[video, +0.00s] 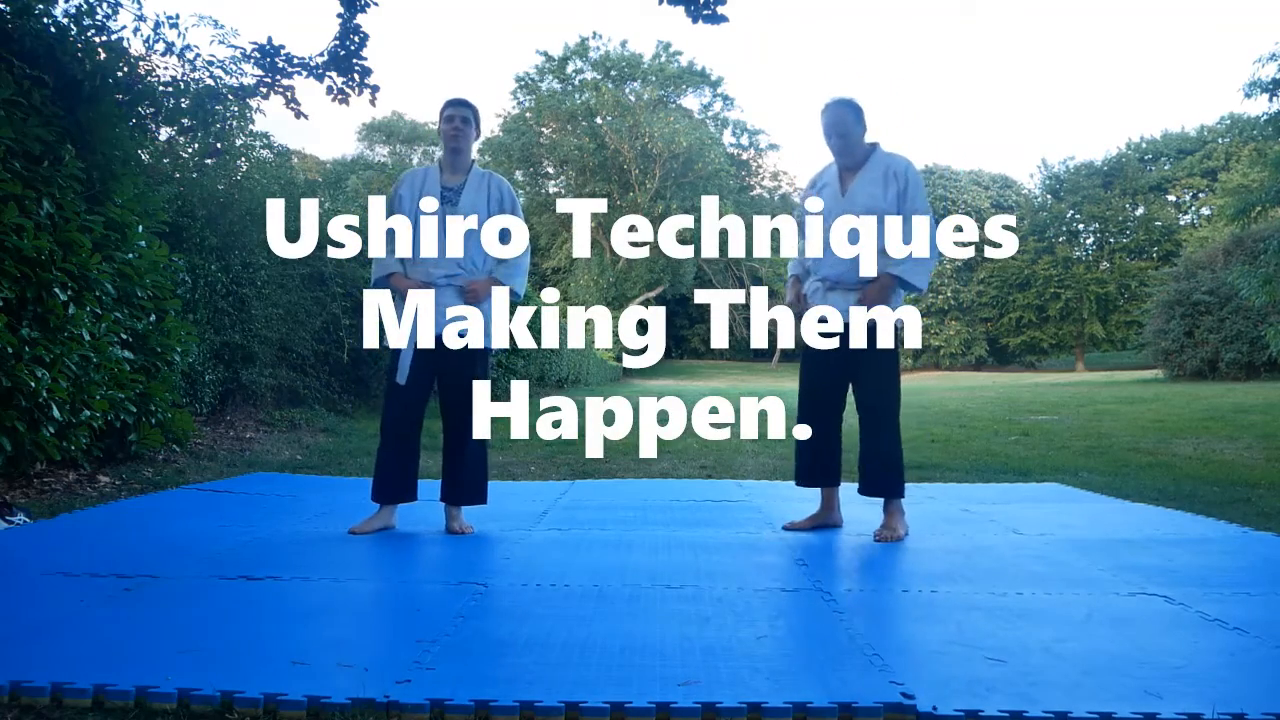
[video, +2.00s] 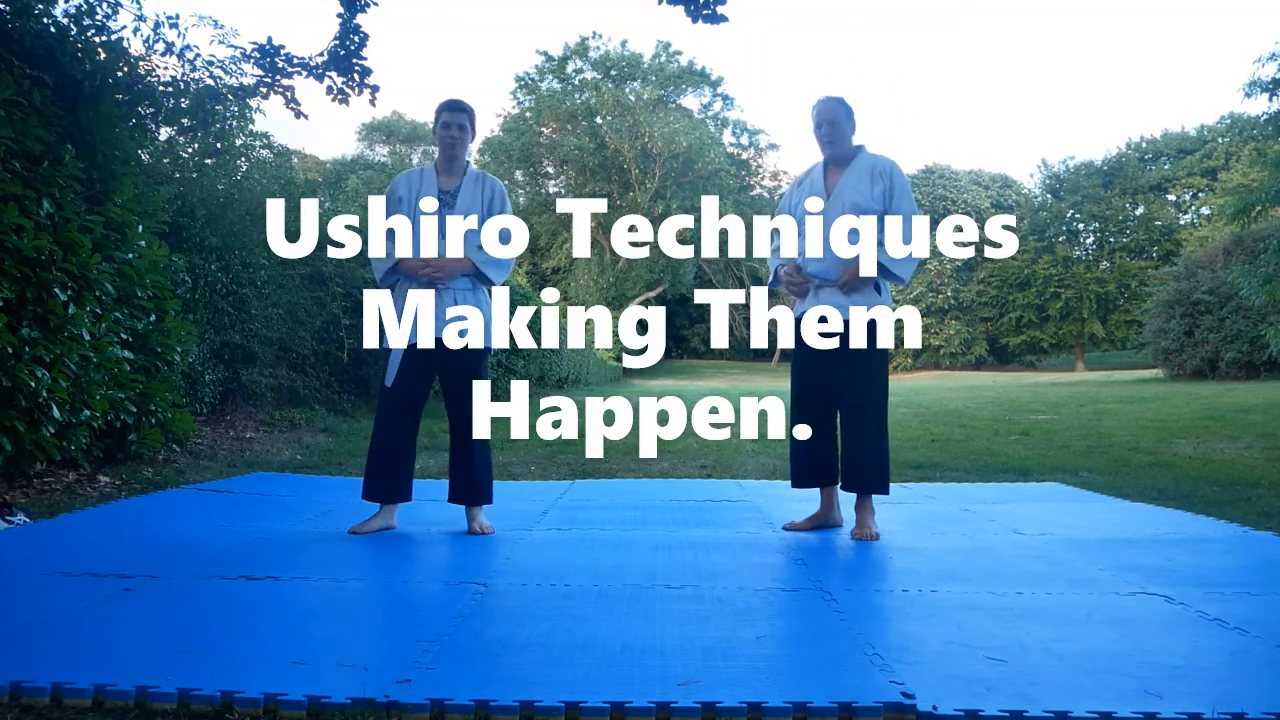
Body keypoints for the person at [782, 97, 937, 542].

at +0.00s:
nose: (836, 143)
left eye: (843, 134)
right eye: (829, 136)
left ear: (863, 128)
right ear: (822, 136)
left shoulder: (898, 171)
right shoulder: (818, 184)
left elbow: (922, 237)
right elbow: (803, 245)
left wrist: (890, 281)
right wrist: (795, 283)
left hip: (876, 309)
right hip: (822, 309)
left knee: (879, 410)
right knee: (820, 409)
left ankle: (893, 513)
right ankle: (829, 507)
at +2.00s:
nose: (825, 131)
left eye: (832, 123)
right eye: (819, 125)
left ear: (853, 126)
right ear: (811, 132)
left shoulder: (883, 171)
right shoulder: (798, 187)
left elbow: (907, 238)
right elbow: (779, 244)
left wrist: (864, 266)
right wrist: (784, 270)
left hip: (863, 310)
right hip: (811, 309)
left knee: (862, 408)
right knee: (813, 408)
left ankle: (864, 509)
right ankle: (828, 506)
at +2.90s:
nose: (817, 136)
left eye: (825, 128)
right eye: (812, 130)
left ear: (846, 130)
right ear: (806, 136)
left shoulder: (875, 174)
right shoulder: (799, 189)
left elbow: (900, 236)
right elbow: (790, 249)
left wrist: (857, 268)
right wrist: (785, 275)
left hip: (857, 311)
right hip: (808, 310)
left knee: (857, 409)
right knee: (812, 408)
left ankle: (864, 510)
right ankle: (828, 507)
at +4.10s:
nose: (805, 138)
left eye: (813, 130)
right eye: (801, 132)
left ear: (836, 131)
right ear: (796, 138)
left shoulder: (867, 174)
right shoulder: (793, 191)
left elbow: (892, 233)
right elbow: (775, 254)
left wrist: (884, 289)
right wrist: (761, 299)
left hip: (849, 303)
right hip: (799, 306)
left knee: (839, 403)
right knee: (809, 405)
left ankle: (840, 506)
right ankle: (825, 505)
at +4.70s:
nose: (793, 131)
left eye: (801, 123)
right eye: (788, 125)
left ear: (825, 125)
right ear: (784, 131)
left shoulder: (851, 170)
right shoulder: (782, 185)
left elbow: (868, 236)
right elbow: (768, 246)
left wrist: (867, 301)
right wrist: (757, 305)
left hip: (824, 304)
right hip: (779, 305)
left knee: (805, 407)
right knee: (790, 407)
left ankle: (792, 511)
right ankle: (827, 505)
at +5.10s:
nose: (771, 131)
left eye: (780, 122)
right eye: (768, 123)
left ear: (808, 122)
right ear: (768, 126)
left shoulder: (835, 165)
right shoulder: (767, 180)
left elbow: (850, 231)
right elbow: (750, 244)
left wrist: (829, 290)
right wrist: (726, 302)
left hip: (809, 307)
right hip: (761, 307)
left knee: (800, 408)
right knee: (741, 401)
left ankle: (792, 512)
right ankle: (782, 487)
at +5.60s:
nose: (738, 129)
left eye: (747, 121)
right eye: (734, 121)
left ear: (774, 123)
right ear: (732, 124)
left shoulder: (802, 169)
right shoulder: (721, 178)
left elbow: (822, 236)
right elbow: (700, 245)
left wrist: (832, 301)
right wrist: (678, 305)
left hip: (781, 305)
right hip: (725, 306)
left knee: (783, 411)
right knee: (711, 409)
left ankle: (789, 514)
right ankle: (699, 508)